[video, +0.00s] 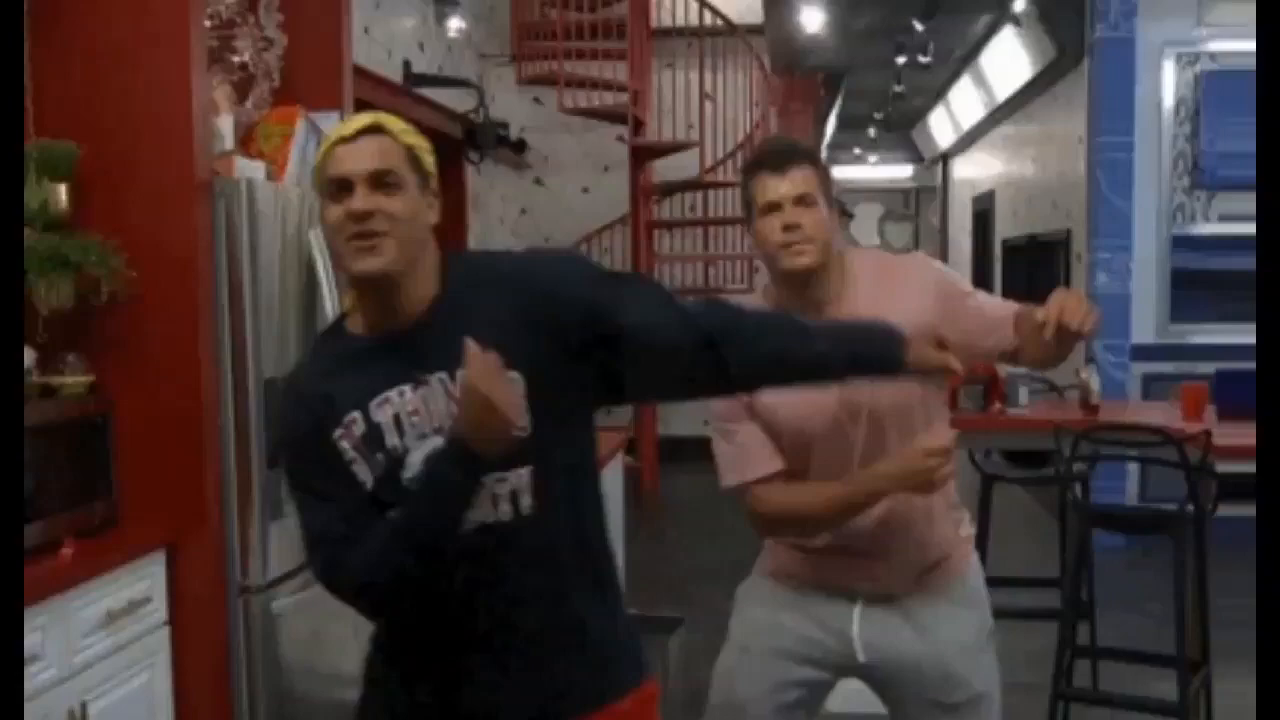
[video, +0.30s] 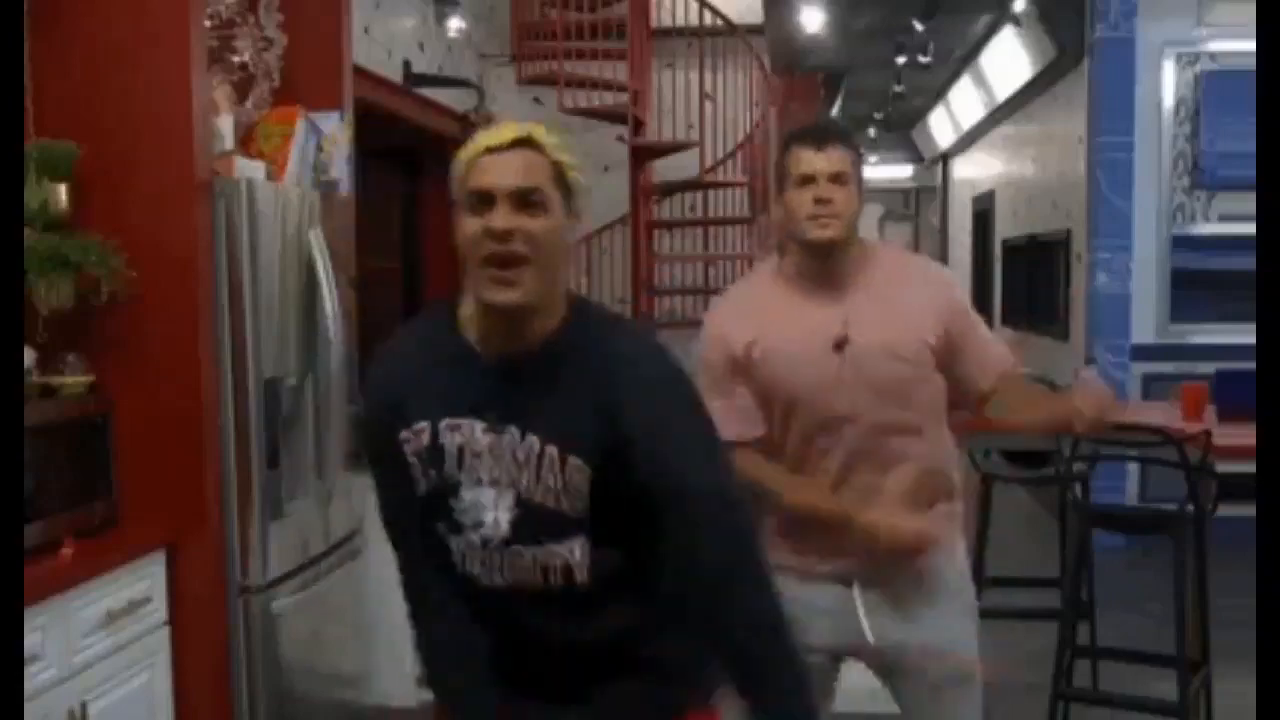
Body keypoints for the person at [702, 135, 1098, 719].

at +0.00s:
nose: (789, 221)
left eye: (803, 203)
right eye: (769, 211)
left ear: (834, 215)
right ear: (752, 234)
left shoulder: (914, 282)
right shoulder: (733, 336)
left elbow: (1026, 345)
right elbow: (766, 507)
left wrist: (1060, 323)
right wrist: (887, 478)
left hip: (930, 586)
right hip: (794, 585)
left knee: (966, 708)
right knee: (738, 707)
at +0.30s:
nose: (823, 194)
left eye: (838, 180)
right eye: (804, 182)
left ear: (859, 195)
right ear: (778, 203)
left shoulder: (923, 285)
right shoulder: (736, 317)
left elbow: (992, 389)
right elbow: (735, 454)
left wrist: (1069, 410)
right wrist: (859, 517)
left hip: (924, 573)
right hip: (798, 574)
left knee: (953, 710)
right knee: (780, 713)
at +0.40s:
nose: (810, 209)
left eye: (826, 196)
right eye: (794, 197)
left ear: (848, 213)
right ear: (770, 217)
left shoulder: (910, 312)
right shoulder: (720, 330)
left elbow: (957, 434)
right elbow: (712, 468)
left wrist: (1024, 541)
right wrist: (754, 570)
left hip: (895, 587)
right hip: (762, 587)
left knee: (931, 707)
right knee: (733, 707)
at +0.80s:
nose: (697, 206)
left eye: (712, 191)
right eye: (681, 195)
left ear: (740, 206)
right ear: (662, 212)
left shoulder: (791, 312)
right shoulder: (617, 288)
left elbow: (796, 451)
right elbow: (533, 342)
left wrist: (718, 443)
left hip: (757, 561)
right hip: (634, 557)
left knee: (798, 707)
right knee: (608, 710)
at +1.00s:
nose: (656, 230)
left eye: (668, 213)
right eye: (639, 221)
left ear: (697, 216)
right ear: (624, 236)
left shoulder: (773, 308)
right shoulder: (599, 301)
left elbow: (792, 441)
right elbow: (513, 339)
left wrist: (677, 472)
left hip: (749, 538)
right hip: (635, 537)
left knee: (783, 689)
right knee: (610, 694)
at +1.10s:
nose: (678, 233)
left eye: (691, 219)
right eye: (661, 223)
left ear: (714, 228)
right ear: (642, 240)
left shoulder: (785, 315)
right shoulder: (616, 332)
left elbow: (816, 436)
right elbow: (544, 430)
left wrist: (763, 535)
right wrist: (493, 501)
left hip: (772, 532)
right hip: (653, 539)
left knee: (835, 679)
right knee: (611, 698)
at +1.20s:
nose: (702, 211)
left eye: (716, 199)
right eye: (687, 201)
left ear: (740, 210)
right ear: (665, 217)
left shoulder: (805, 288)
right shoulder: (633, 313)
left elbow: (856, 389)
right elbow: (600, 428)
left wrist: (835, 503)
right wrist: (549, 514)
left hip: (785, 526)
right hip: (666, 533)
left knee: (865, 683)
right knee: (629, 688)